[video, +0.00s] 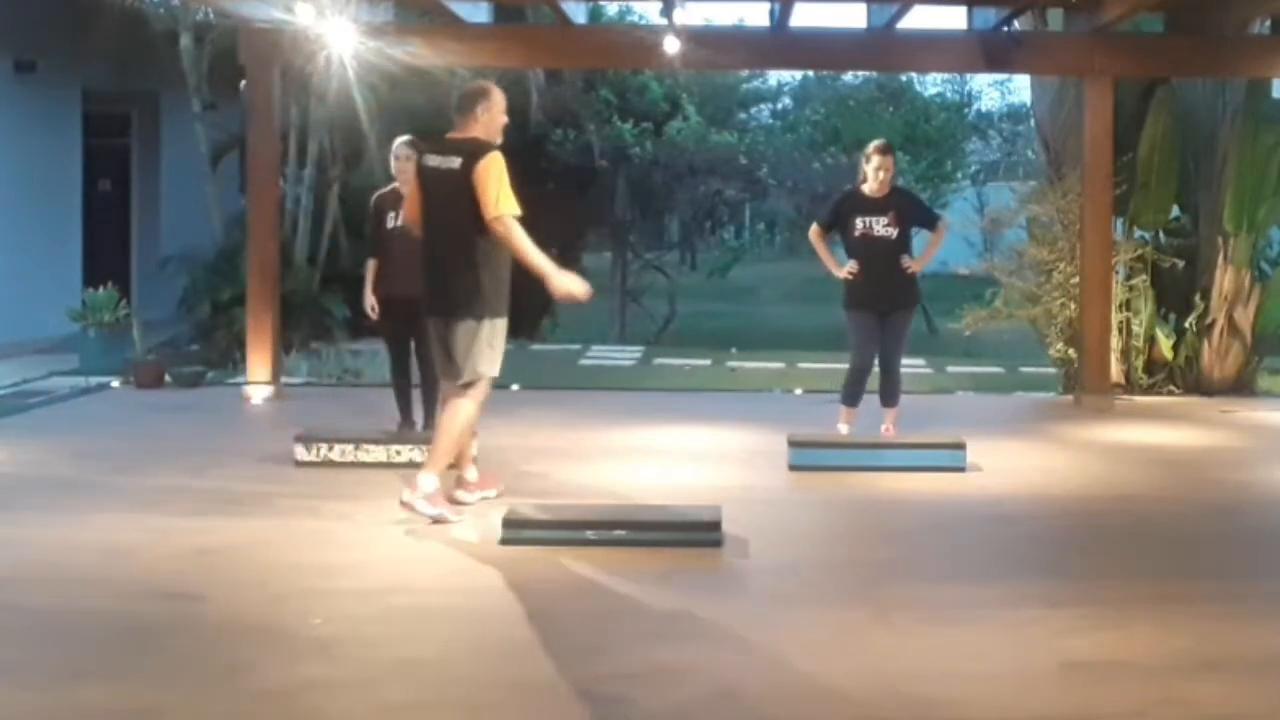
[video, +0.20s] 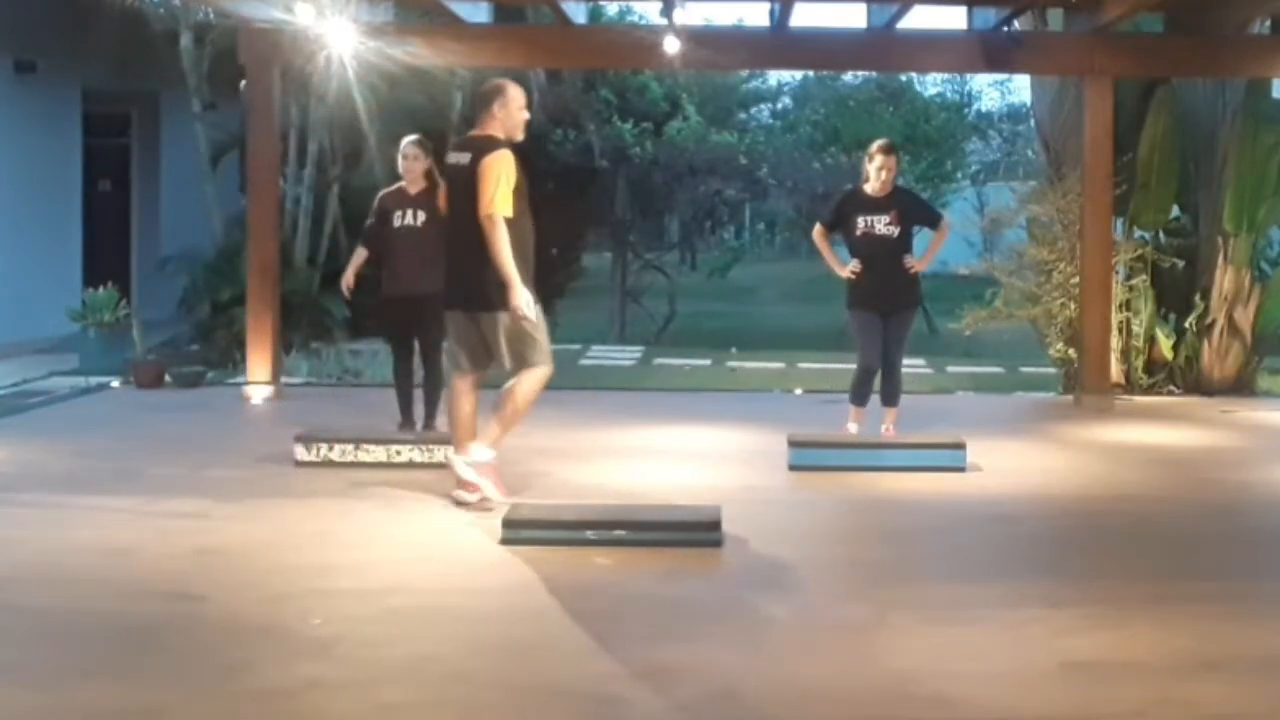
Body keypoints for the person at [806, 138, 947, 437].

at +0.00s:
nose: (884, 175)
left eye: (889, 169)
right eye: (879, 169)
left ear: (895, 170)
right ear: (866, 168)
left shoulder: (904, 200)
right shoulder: (848, 200)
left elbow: (940, 228)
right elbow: (815, 233)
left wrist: (922, 262)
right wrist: (836, 268)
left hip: (899, 289)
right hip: (862, 289)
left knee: (890, 360)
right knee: (863, 357)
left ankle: (889, 426)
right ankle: (845, 424)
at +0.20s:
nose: (886, 175)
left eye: (891, 169)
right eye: (881, 168)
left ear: (897, 170)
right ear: (868, 167)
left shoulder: (906, 199)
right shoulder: (850, 200)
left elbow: (943, 226)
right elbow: (818, 233)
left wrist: (925, 261)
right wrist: (839, 267)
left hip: (901, 287)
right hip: (865, 288)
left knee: (892, 361)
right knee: (870, 360)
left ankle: (889, 426)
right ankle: (854, 424)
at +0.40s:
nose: (885, 175)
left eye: (890, 169)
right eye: (880, 168)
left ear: (896, 170)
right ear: (867, 167)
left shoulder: (905, 200)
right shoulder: (848, 200)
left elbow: (942, 226)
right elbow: (816, 232)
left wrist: (924, 261)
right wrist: (836, 267)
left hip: (900, 287)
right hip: (863, 288)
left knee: (892, 360)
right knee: (871, 360)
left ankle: (889, 425)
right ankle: (861, 424)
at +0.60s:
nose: (880, 172)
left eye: (886, 166)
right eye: (876, 166)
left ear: (892, 167)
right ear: (863, 165)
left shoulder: (902, 199)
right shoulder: (844, 199)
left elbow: (937, 226)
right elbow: (811, 230)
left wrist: (923, 262)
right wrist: (828, 268)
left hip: (895, 288)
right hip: (858, 289)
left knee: (888, 359)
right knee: (865, 359)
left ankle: (889, 425)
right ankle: (859, 424)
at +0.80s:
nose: (875, 171)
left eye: (880, 165)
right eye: (870, 165)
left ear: (889, 166)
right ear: (860, 165)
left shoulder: (902, 200)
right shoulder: (844, 198)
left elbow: (919, 246)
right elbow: (814, 237)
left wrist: (924, 289)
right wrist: (819, 282)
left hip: (890, 293)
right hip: (852, 294)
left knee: (886, 360)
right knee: (857, 358)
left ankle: (887, 425)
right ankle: (857, 423)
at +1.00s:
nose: (872, 174)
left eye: (878, 167)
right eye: (867, 167)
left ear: (888, 168)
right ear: (859, 168)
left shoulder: (901, 203)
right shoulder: (844, 202)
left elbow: (909, 253)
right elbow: (830, 249)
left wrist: (916, 301)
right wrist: (818, 294)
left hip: (889, 297)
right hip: (851, 297)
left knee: (885, 361)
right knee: (856, 361)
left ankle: (887, 425)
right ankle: (857, 426)